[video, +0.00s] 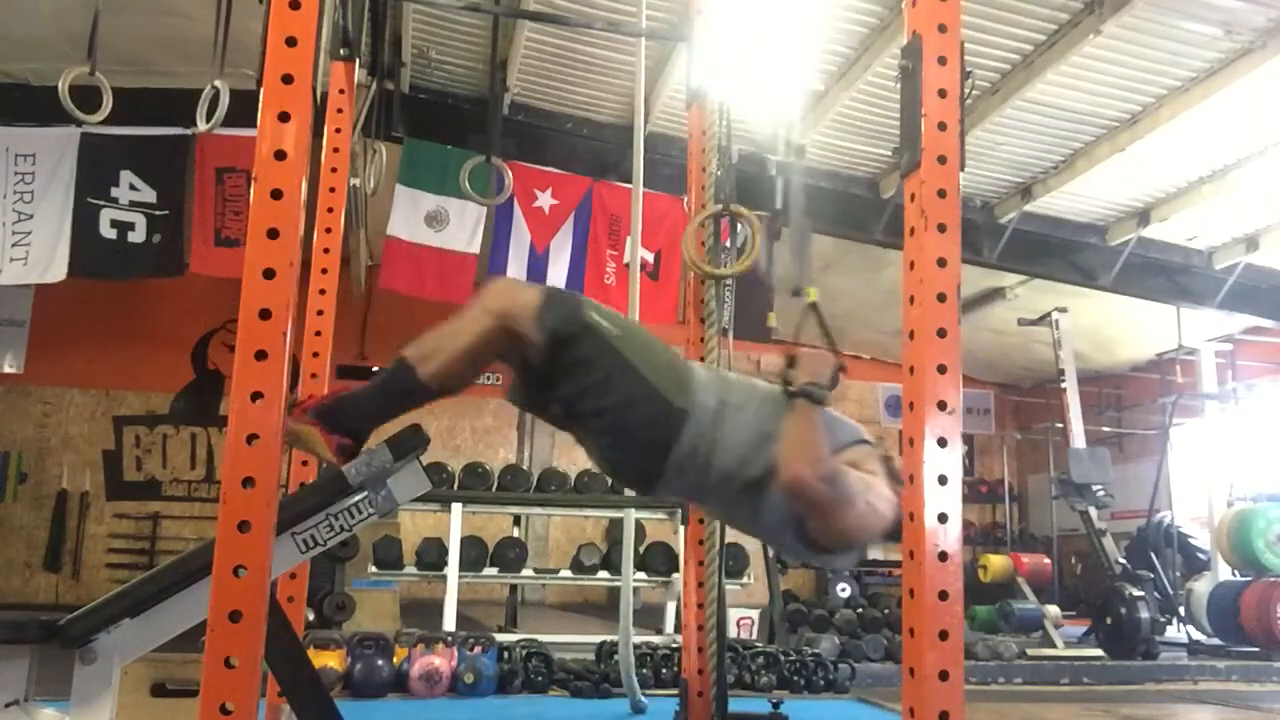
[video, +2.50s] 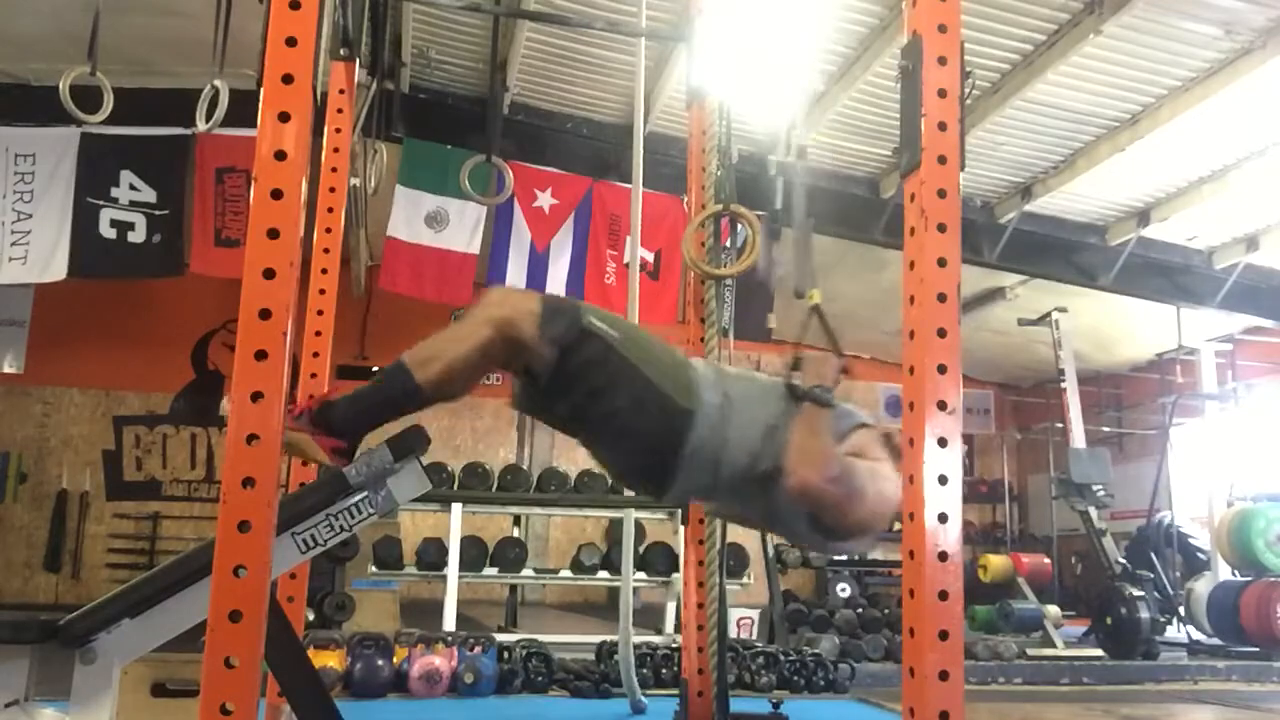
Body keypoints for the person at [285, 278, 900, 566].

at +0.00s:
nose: (890, 461)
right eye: (897, 466)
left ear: (885, 517)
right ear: (903, 470)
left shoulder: (860, 520)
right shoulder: (856, 450)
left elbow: (805, 476)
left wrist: (809, 393)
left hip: (671, 431)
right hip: (678, 394)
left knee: (512, 304)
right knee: (505, 301)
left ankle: (351, 417)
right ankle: (363, 399)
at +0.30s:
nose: (983, 492)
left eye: (995, 503)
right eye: (991, 487)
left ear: (986, 534)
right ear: (977, 484)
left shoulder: (930, 552)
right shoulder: (928, 488)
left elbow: (885, 494)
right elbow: (870, 440)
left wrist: (882, 412)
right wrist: (885, 399)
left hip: (752, 472)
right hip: (747, 433)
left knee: (580, 381)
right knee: (561, 362)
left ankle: (379, 415)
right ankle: (397, 420)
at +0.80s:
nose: (975, 571)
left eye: (984, 586)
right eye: (986, 568)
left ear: (974, 613)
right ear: (973, 561)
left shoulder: (921, 622)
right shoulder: (914, 565)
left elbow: (885, 515)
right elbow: (876, 497)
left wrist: (905, 445)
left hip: (755, 544)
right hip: (750, 503)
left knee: (595, 434)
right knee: (574, 429)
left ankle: (378, 410)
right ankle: (382, 420)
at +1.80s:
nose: (986, 467)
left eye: (995, 478)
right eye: (991, 463)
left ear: (989, 508)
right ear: (978, 460)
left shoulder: (939, 528)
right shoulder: (930, 469)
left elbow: (887, 486)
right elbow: (876, 464)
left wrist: (917, 408)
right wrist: (883, 398)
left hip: (754, 468)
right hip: (745, 454)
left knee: (570, 407)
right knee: (560, 407)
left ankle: (365, 414)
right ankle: (373, 416)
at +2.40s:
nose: (926, 448)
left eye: (937, 463)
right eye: (934, 449)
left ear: (933, 495)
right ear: (922, 457)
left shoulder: (887, 511)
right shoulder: (875, 462)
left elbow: (844, 477)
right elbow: (832, 427)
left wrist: (843, 396)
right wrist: (842, 382)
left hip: (709, 434)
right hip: (702, 414)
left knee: (538, 327)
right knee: (528, 353)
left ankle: (360, 415)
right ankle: (370, 416)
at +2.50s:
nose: (912, 420)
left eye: (921, 429)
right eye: (921, 421)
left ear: (926, 459)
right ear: (922, 436)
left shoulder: (879, 495)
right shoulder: (865, 442)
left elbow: (810, 476)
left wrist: (813, 390)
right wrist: (813, 371)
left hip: (680, 425)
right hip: (677, 404)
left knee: (507, 312)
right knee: (501, 320)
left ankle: (342, 424)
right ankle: (348, 410)